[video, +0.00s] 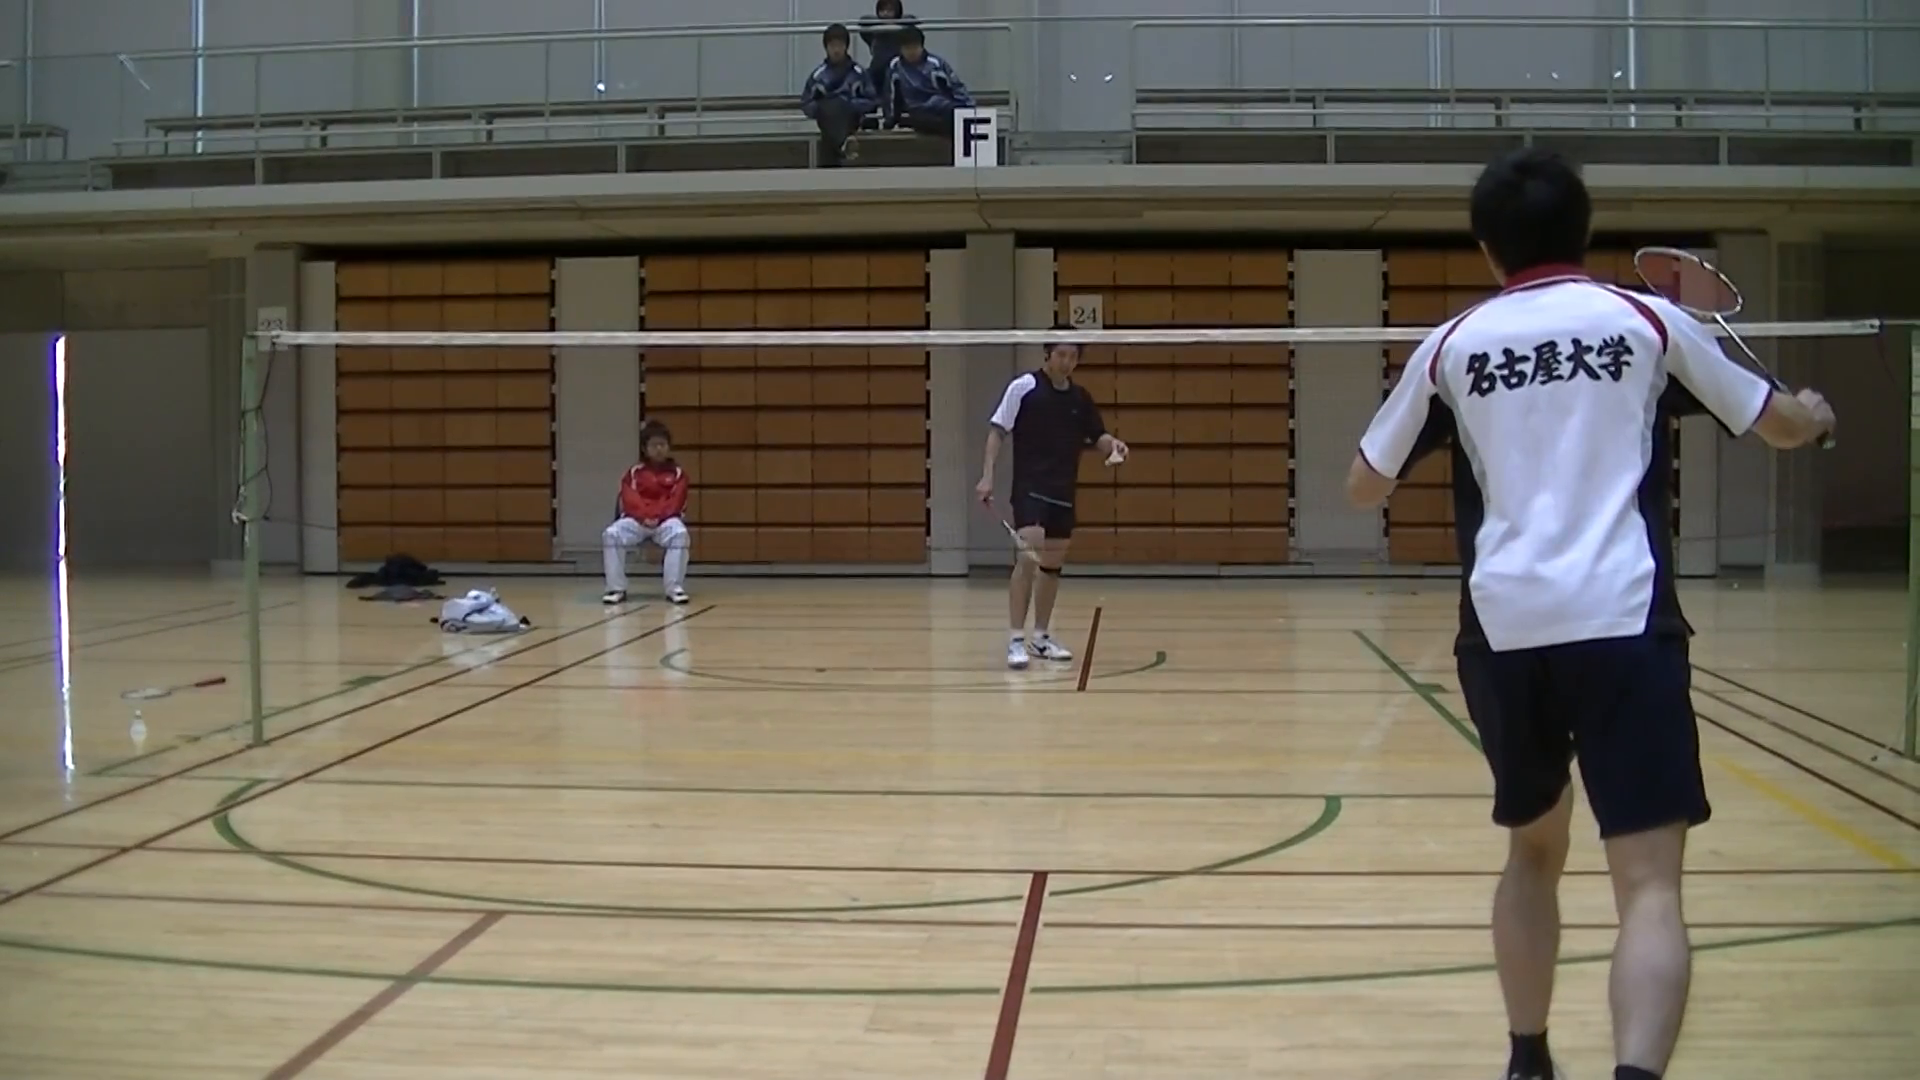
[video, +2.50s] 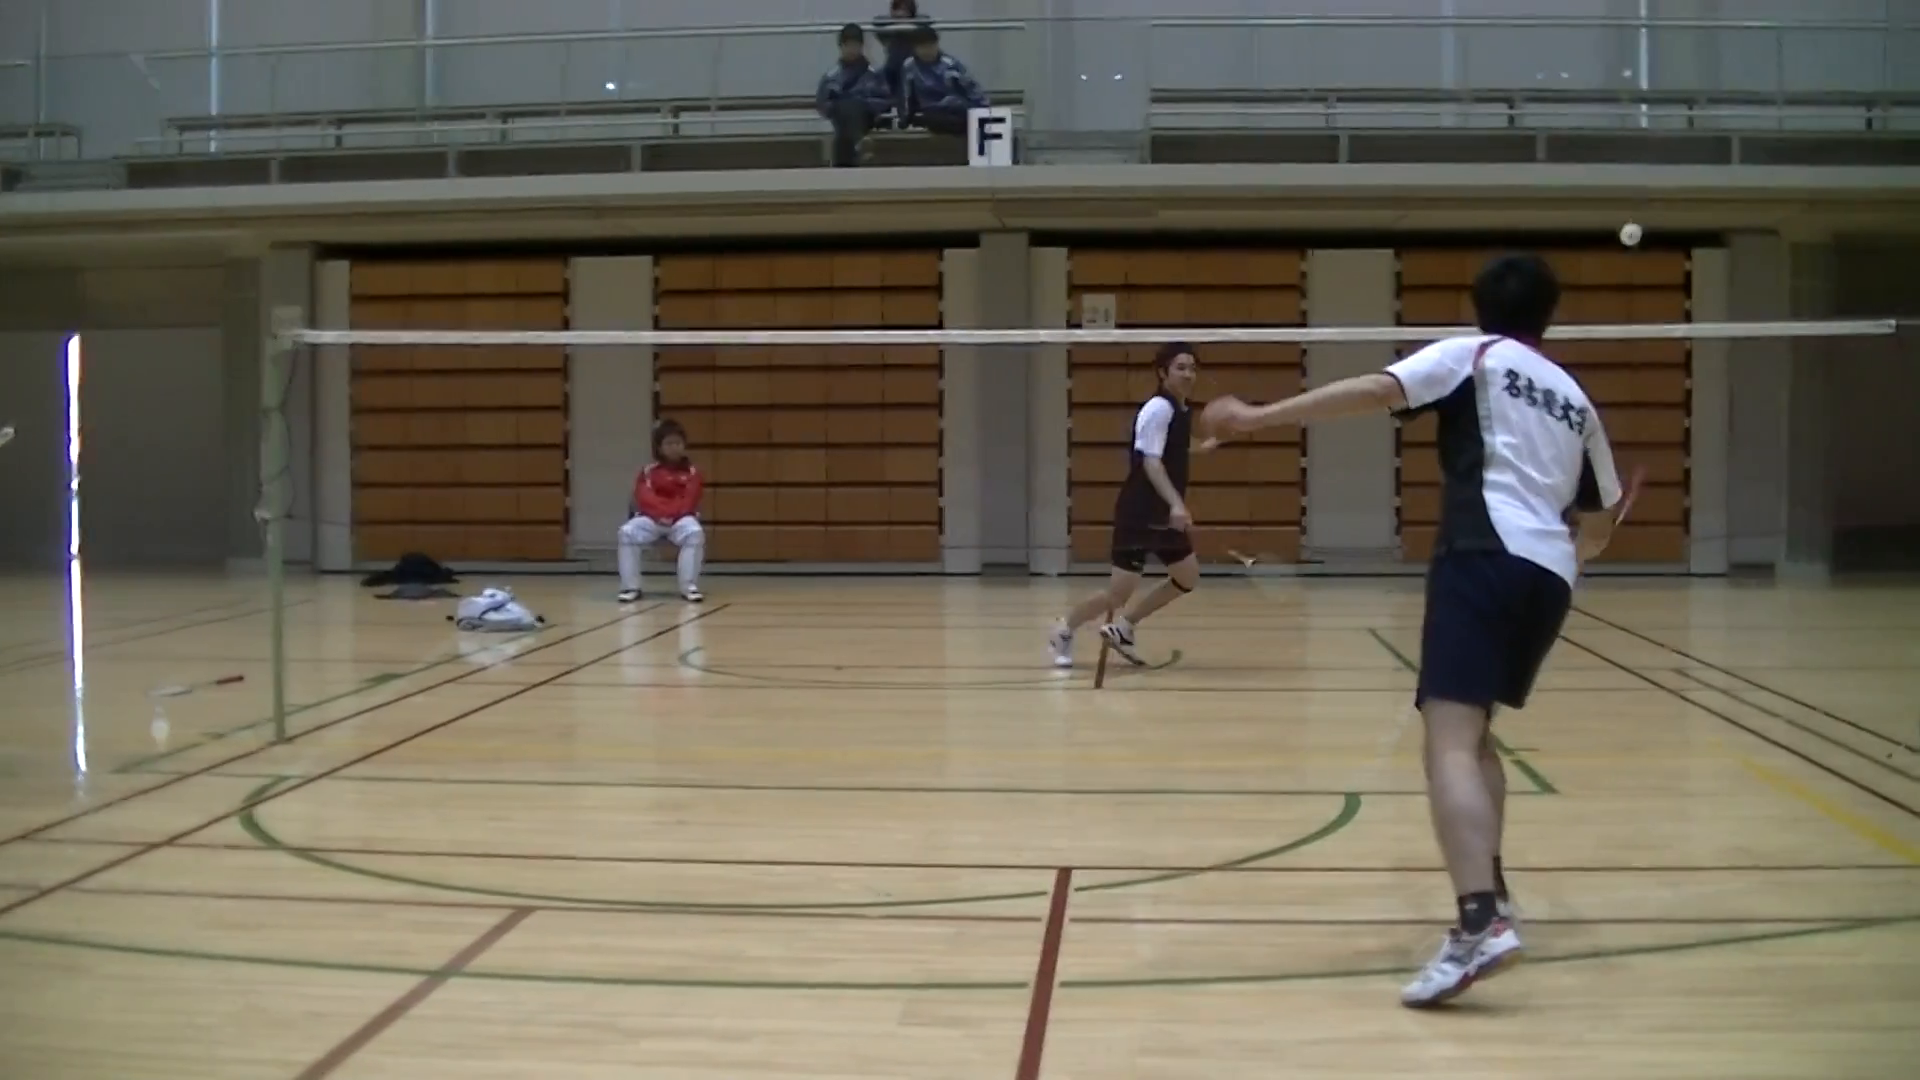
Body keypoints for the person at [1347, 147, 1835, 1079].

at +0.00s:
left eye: (1486, 238)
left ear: (1487, 248)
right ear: (1584, 234)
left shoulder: (1450, 347)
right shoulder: (1649, 321)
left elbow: (1364, 486)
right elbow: (1780, 424)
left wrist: (1409, 419)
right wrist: (1815, 411)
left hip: (1501, 636)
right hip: (1624, 629)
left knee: (1531, 849)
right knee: (1649, 883)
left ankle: (1526, 1061)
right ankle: (1637, 1075)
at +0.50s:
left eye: (1490, 240)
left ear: (1495, 250)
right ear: (1592, 236)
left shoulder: (1456, 349)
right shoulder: (1655, 321)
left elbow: (1370, 488)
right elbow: (1786, 422)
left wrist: (1410, 435)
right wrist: (1822, 408)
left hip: (1507, 640)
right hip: (1632, 631)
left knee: (1531, 848)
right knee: (1653, 887)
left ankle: (1526, 1059)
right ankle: (1642, 1076)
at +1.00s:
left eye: (1486, 238)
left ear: (1490, 247)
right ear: (1588, 234)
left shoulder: (1454, 346)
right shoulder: (1654, 320)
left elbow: (1367, 488)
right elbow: (1781, 425)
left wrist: (1415, 410)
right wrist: (1813, 413)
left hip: (1507, 637)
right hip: (1635, 630)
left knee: (1523, 849)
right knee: (1652, 886)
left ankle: (1522, 1059)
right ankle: (1642, 1075)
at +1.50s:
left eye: (1467, 308)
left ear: (1469, 320)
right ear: (1559, 318)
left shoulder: (1433, 393)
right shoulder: (1617, 408)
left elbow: (1292, 441)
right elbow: (1659, 527)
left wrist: (1182, 464)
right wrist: (1589, 493)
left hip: (1476, 680)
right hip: (1593, 682)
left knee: (1470, 870)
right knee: (1594, 891)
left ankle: (1518, 1054)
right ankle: (1635, 996)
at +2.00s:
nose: (1477, 365)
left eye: (1481, 353)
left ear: (1486, 365)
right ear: (1555, 374)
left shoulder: (1472, 415)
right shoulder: (1574, 458)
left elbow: (1357, 420)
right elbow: (1585, 543)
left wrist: (1230, 403)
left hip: (1464, 649)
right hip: (1541, 666)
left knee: (1424, 848)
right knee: (1474, 755)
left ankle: (1460, 952)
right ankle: (1476, 902)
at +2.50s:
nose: (1474, 315)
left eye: (1477, 305)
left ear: (1481, 311)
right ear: (1546, 322)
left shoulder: (1473, 352)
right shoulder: (1578, 400)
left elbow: (1382, 390)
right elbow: (1602, 514)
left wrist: (1257, 417)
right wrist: (1557, 559)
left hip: (1481, 561)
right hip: (1550, 580)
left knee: (1452, 743)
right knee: (1473, 737)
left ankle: (1479, 923)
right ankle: (1490, 899)